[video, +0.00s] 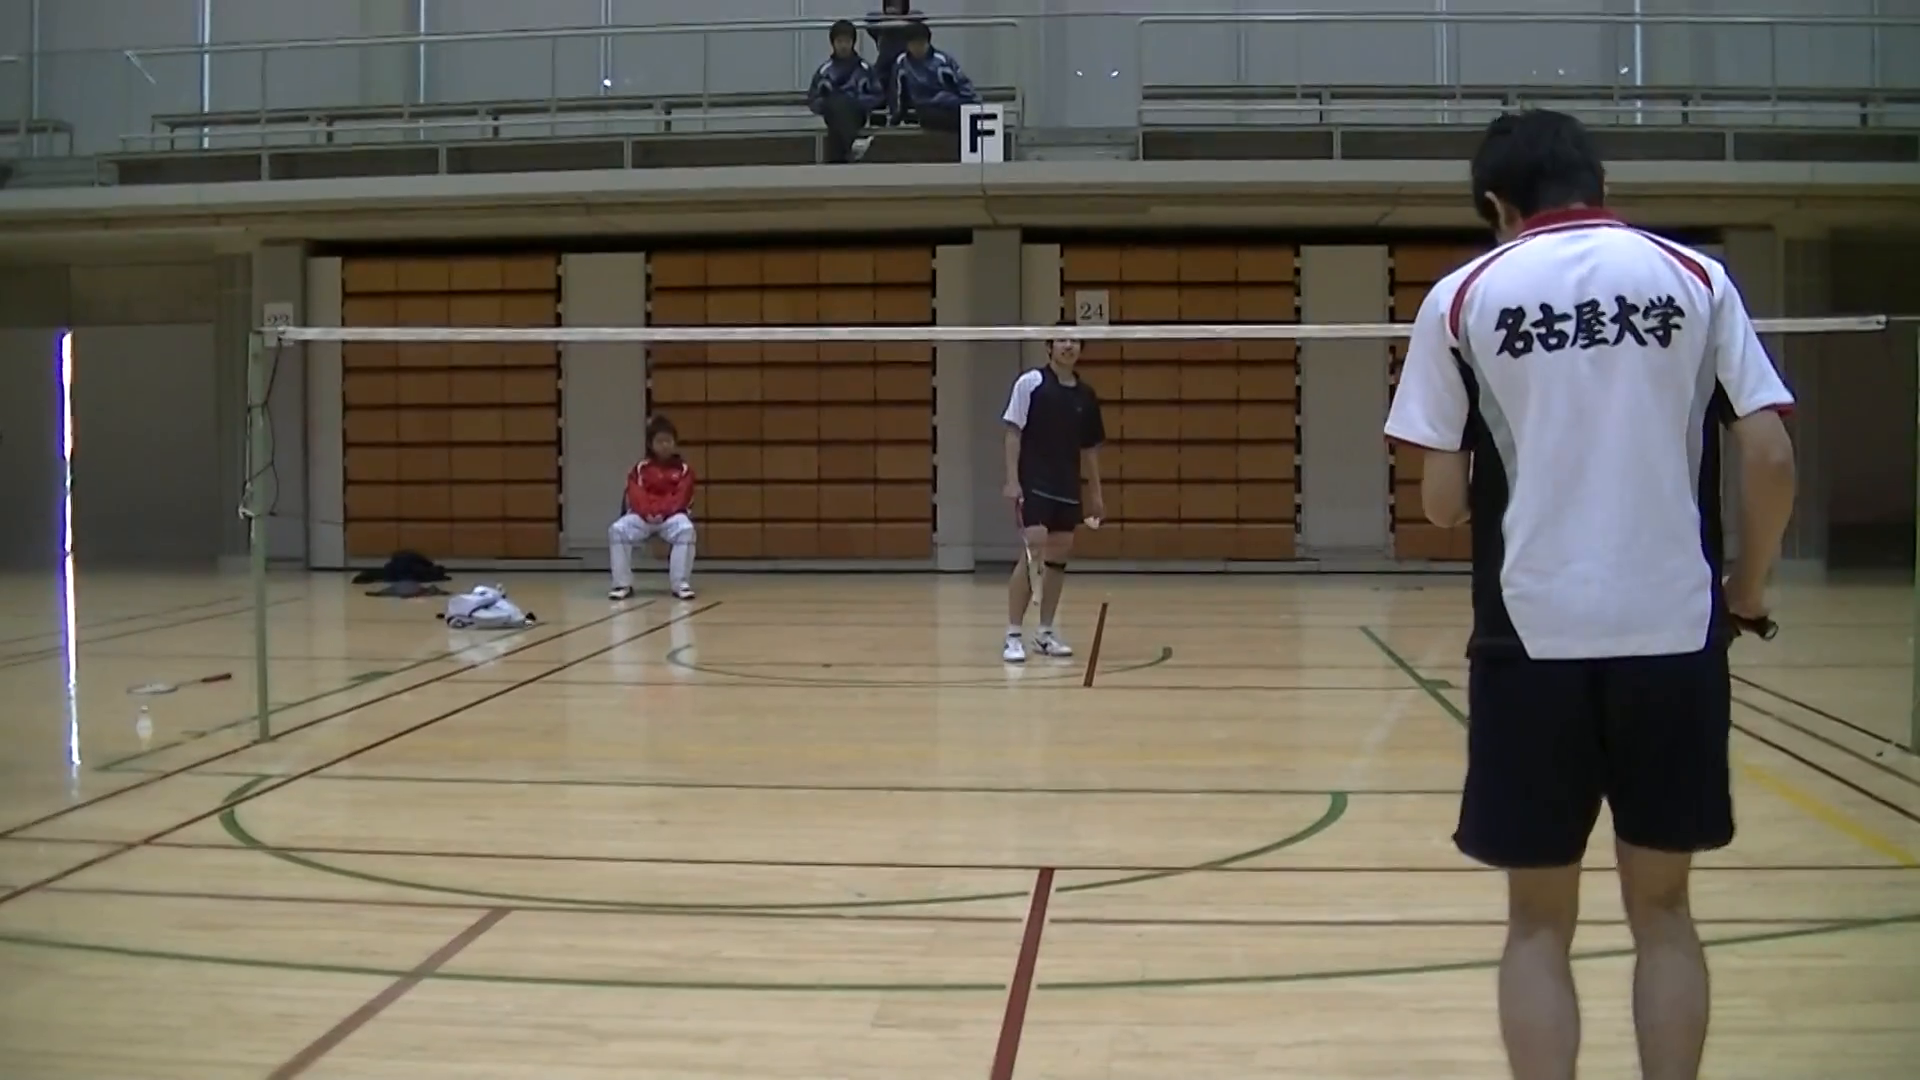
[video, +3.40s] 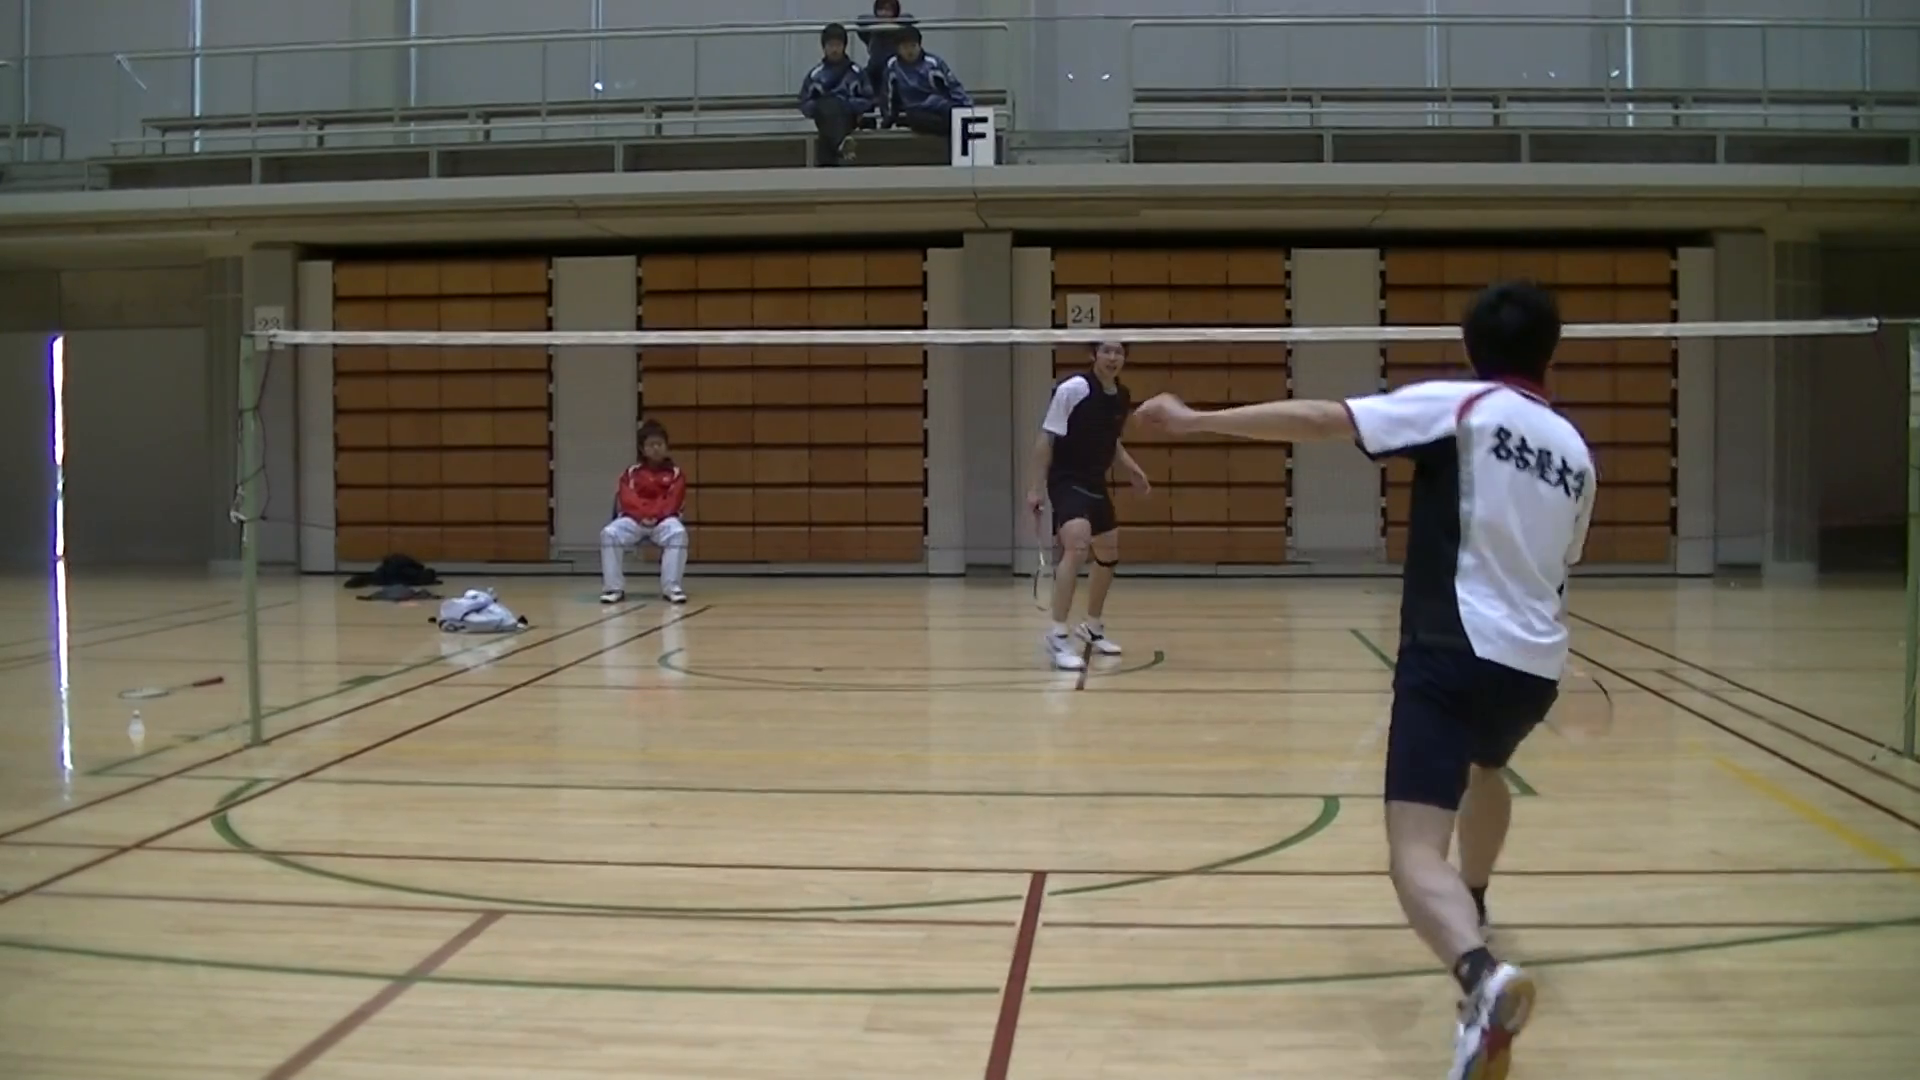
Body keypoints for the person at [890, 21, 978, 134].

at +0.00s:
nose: (918, 49)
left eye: (921, 44)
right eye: (913, 45)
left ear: (928, 43)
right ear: (907, 45)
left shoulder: (943, 60)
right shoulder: (902, 64)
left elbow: (962, 83)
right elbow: (898, 93)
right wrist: (894, 119)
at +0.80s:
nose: (913, 54)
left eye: (917, 49)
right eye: (909, 49)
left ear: (924, 48)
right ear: (903, 50)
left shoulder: (939, 65)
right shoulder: (897, 68)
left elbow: (958, 88)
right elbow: (894, 97)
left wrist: (970, 109)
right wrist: (892, 121)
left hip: (949, 112)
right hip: (920, 115)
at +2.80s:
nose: (910, 52)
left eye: (914, 47)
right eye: (906, 48)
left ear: (921, 47)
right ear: (899, 49)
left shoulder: (935, 64)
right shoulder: (893, 68)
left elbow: (954, 87)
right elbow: (889, 96)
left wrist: (968, 106)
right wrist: (888, 121)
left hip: (943, 108)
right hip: (914, 112)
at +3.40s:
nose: (909, 51)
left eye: (913, 46)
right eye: (904, 47)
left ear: (920, 46)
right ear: (898, 49)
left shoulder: (934, 63)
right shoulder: (893, 67)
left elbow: (953, 86)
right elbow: (889, 95)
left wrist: (967, 106)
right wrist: (889, 118)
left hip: (943, 108)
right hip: (914, 112)